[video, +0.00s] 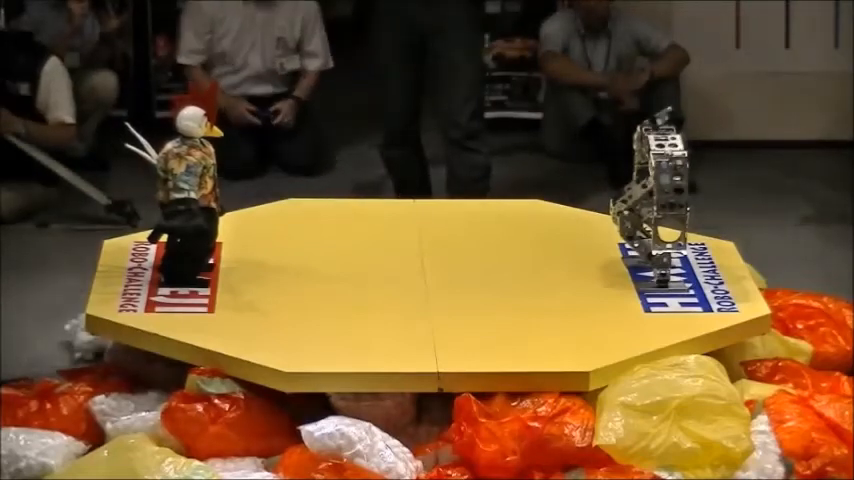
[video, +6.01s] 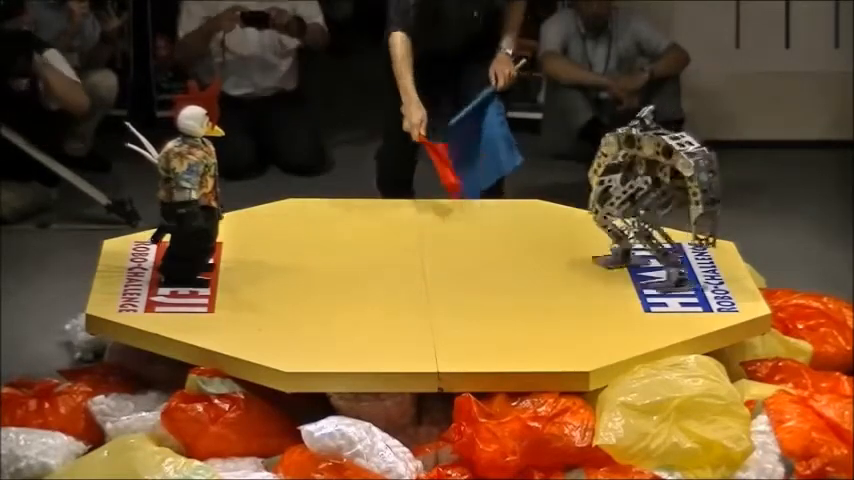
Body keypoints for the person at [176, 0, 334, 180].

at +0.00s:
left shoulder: (303, 6)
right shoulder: (204, 6)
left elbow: (315, 61)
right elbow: (191, 65)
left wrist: (295, 101)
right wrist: (226, 104)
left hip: (284, 97)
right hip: (231, 100)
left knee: (307, 162)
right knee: (238, 166)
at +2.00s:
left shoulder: (304, 5)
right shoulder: (204, 5)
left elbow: (313, 61)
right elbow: (192, 59)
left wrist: (292, 100)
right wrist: (227, 105)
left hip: (281, 99)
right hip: (229, 102)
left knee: (305, 160)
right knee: (237, 164)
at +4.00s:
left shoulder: (302, 5)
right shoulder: (202, 5)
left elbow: (310, 60)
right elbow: (191, 61)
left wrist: (291, 100)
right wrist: (226, 105)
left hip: (280, 99)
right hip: (227, 102)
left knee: (306, 161)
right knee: (238, 164)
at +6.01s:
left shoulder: (297, 3)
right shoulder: (199, 4)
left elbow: (321, 39)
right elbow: (183, 55)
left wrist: (291, 25)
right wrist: (212, 26)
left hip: (283, 99)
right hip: (229, 103)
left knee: (306, 162)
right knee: (236, 167)